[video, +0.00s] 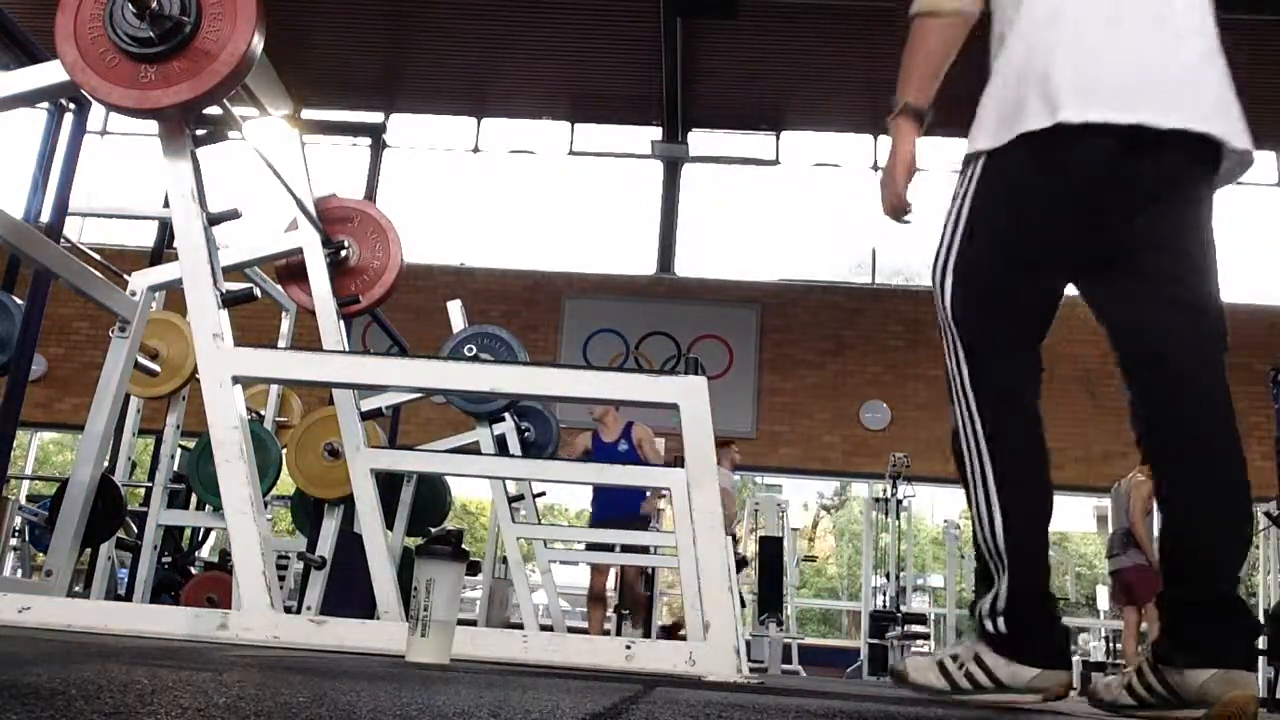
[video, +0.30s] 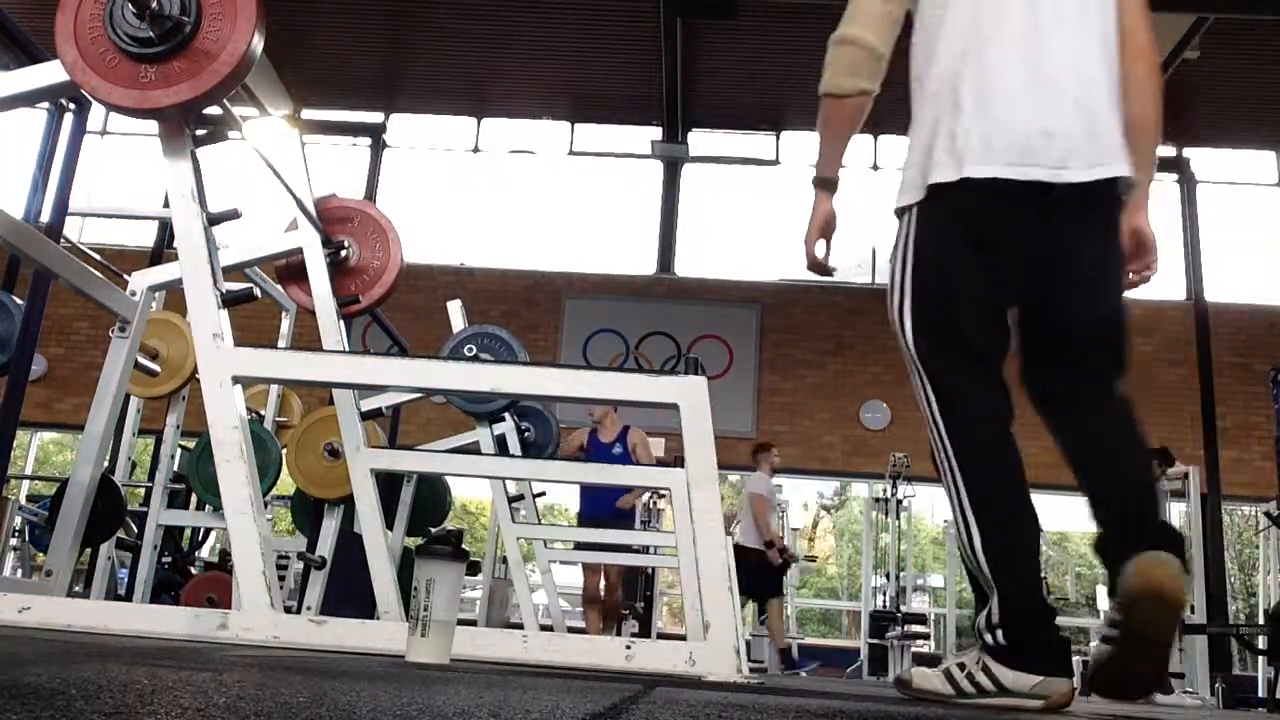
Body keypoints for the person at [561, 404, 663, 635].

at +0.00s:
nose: (590, 407)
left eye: (596, 403)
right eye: (591, 403)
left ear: (612, 406)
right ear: (601, 409)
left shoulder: (638, 432)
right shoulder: (586, 439)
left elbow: (660, 469)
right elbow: (559, 463)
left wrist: (653, 498)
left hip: (634, 516)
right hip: (602, 516)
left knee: (631, 577)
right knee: (597, 579)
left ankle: (638, 630)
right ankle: (595, 639)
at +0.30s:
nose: (590, 410)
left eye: (596, 405)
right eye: (591, 405)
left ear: (612, 409)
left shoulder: (634, 436)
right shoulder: (583, 435)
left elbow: (651, 473)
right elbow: (557, 456)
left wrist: (634, 495)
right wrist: (576, 448)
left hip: (619, 518)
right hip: (589, 517)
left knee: (613, 580)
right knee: (591, 579)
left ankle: (607, 636)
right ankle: (593, 638)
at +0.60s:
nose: (596, 412)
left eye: (601, 408)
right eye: (594, 408)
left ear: (618, 410)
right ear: (594, 412)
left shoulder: (635, 444)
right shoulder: (586, 437)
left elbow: (647, 481)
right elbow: (560, 456)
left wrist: (627, 499)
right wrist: (581, 458)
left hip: (615, 521)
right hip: (583, 517)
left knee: (611, 580)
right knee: (577, 576)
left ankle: (606, 637)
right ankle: (583, 633)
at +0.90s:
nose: (586, 412)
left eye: (592, 407)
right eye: (585, 407)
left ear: (608, 410)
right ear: (586, 412)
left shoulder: (624, 443)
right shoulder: (576, 438)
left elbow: (630, 481)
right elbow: (551, 464)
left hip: (607, 522)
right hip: (574, 517)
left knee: (609, 583)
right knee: (555, 575)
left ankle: (606, 638)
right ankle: (540, 629)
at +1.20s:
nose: (556, 411)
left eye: (562, 406)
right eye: (555, 406)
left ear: (577, 409)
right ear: (555, 410)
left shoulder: (591, 437)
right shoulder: (550, 435)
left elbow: (596, 456)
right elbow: (534, 453)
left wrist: (569, 447)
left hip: (578, 514)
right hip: (549, 512)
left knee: (587, 578)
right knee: (536, 573)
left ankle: (598, 635)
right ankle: (531, 625)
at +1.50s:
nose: (543, 408)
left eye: (547, 402)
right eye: (539, 401)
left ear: (552, 407)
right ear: (530, 406)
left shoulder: (565, 433)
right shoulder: (523, 433)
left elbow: (578, 453)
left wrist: (567, 448)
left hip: (558, 509)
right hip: (526, 511)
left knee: (565, 573)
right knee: (528, 572)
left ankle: (570, 627)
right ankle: (526, 625)